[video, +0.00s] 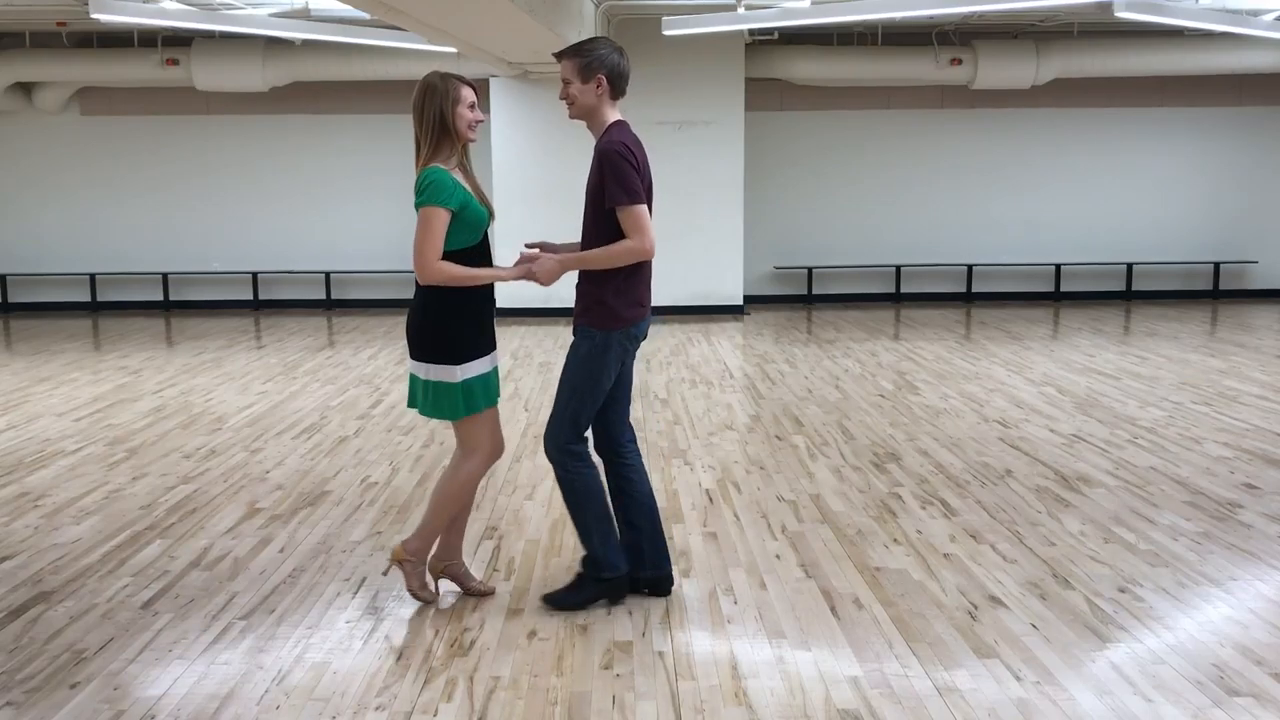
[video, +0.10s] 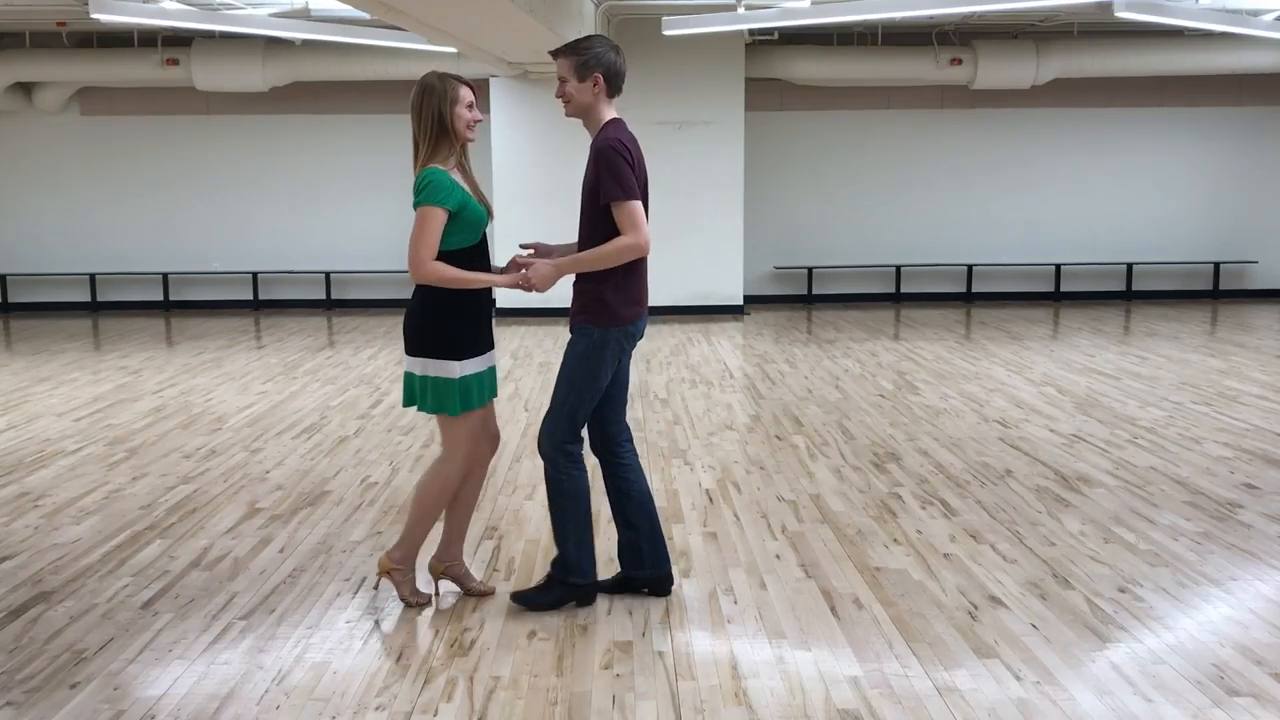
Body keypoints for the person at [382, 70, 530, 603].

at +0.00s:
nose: (478, 115)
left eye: (477, 106)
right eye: (468, 107)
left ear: (465, 114)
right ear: (443, 114)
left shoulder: (456, 174)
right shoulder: (440, 181)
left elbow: (457, 258)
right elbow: (426, 268)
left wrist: (513, 265)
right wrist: (507, 273)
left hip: (465, 326)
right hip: (450, 333)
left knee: (475, 446)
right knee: (483, 446)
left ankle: (450, 555)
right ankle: (416, 550)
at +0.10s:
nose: (476, 115)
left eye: (475, 107)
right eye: (467, 107)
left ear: (461, 114)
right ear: (442, 114)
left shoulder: (456, 174)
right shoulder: (438, 181)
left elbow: (456, 258)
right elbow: (421, 267)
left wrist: (504, 270)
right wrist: (496, 278)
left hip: (467, 326)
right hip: (444, 332)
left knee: (485, 441)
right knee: (460, 450)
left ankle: (450, 557)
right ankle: (400, 558)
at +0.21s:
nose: (476, 114)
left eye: (475, 106)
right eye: (467, 107)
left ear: (454, 115)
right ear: (443, 114)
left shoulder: (453, 176)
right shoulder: (436, 182)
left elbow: (454, 260)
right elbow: (418, 267)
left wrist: (500, 269)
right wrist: (493, 281)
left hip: (463, 330)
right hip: (438, 334)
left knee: (490, 439)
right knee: (442, 450)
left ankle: (454, 553)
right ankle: (392, 559)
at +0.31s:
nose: (476, 115)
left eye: (474, 107)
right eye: (466, 107)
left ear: (453, 115)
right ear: (442, 114)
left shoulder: (452, 176)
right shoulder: (438, 181)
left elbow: (452, 262)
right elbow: (420, 267)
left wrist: (499, 271)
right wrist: (497, 284)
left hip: (461, 334)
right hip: (435, 337)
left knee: (489, 439)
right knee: (438, 450)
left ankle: (447, 548)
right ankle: (389, 562)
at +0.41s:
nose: (477, 114)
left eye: (475, 106)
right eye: (467, 106)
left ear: (454, 114)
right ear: (443, 113)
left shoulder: (452, 175)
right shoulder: (439, 180)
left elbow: (455, 260)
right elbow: (427, 268)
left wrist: (504, 270)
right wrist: (500, 280)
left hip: (463, 329)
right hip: (439, 333)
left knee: (479, 439)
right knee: (451, 447)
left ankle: (432, 551)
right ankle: (395, 558)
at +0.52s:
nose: (481, 110)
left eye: (480, 102)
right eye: (472, 102)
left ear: (454, 110)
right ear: (445, 109)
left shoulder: (451, 172)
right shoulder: (442, 178)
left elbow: (456, 257)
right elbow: (438, 265)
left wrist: (507, 263)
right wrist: (505, 265)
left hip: (444, 328)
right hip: (455, 333)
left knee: (449, 444)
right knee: (490, 443)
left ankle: (428, 556)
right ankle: (424, 546)